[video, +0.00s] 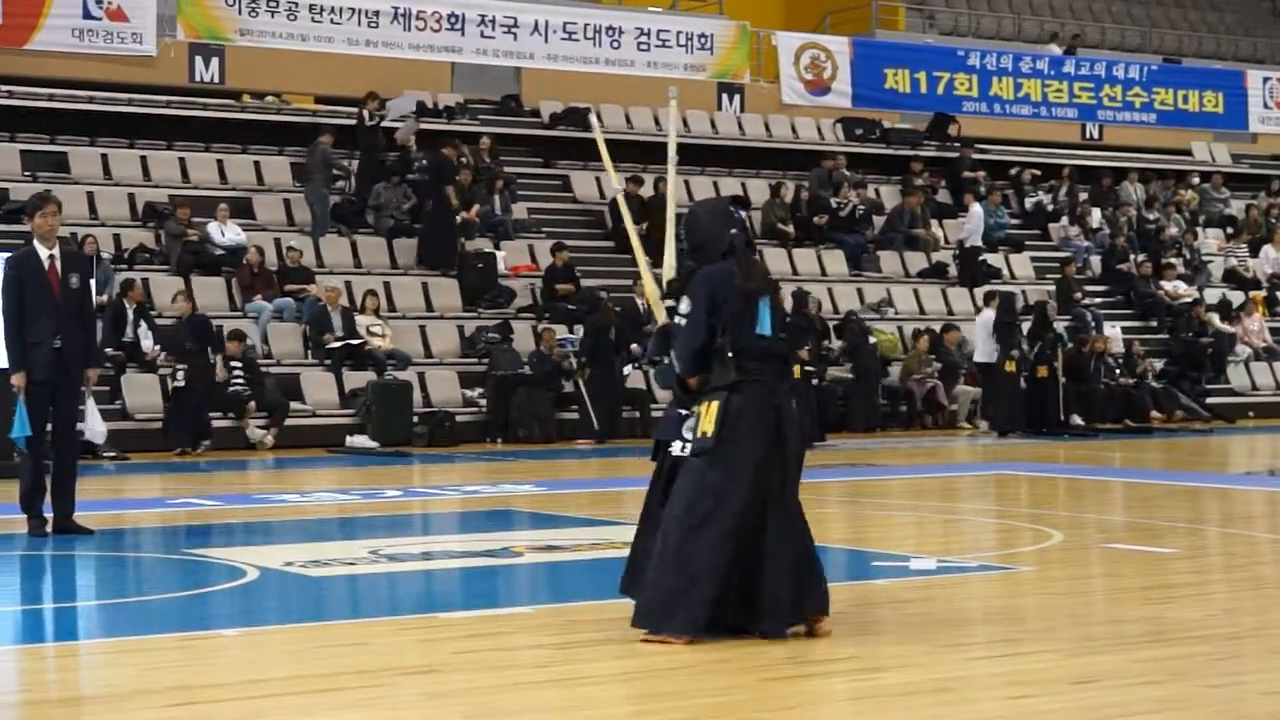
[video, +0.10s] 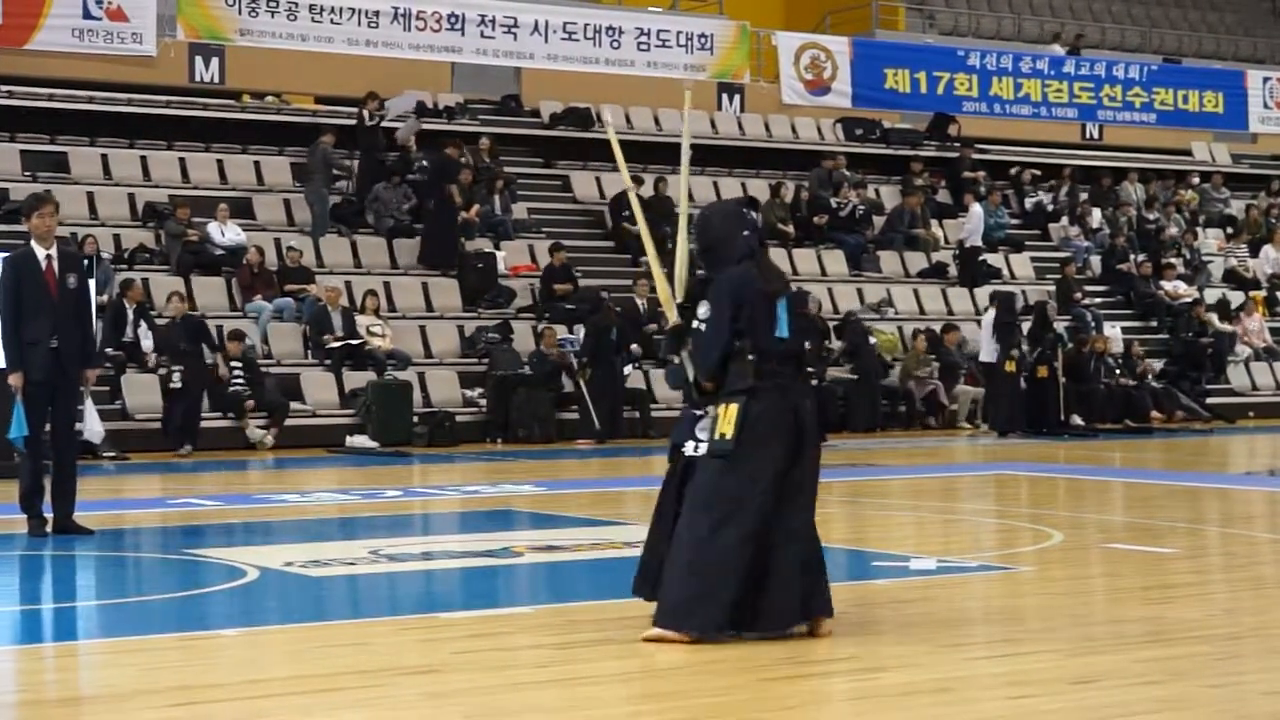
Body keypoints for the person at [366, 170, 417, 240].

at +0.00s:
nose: (398, 179)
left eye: (399, 177)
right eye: (395, 177)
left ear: (400, 178)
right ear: (390, 177)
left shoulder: (403, 187)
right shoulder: (379, 188)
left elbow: (414, 199)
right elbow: (370, 203)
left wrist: (407, 206)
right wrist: (380, 202)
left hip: (400, 215)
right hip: (384, 216)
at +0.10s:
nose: (398, 180)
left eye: (399, 177)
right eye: (396, 177)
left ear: (401, 178)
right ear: (390, 177)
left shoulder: (403, 187)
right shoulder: (379, 188)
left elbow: (414, 200)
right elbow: (368, 202)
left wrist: (407, 206)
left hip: (401, 215)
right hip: (385, 216)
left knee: (409, 229)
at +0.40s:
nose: (401, 181)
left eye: (401, 178)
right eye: (399, 178)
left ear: (403, 179)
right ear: (393, 178)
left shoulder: (405, 189)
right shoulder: (379, 188)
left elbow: (414, 201)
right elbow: (369, 202)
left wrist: (411, 207)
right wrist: (376, 212)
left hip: (401, 218)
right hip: (385, 218)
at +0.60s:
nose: (404, 181)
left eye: (405, 178)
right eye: (401, 178)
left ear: (406, 178)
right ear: (395, 178)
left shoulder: (408, 188)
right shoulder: (382, 188)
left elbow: (418, 201)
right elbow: (371, 199)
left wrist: (414, 210)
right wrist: (381, 212)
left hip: (405, 222)